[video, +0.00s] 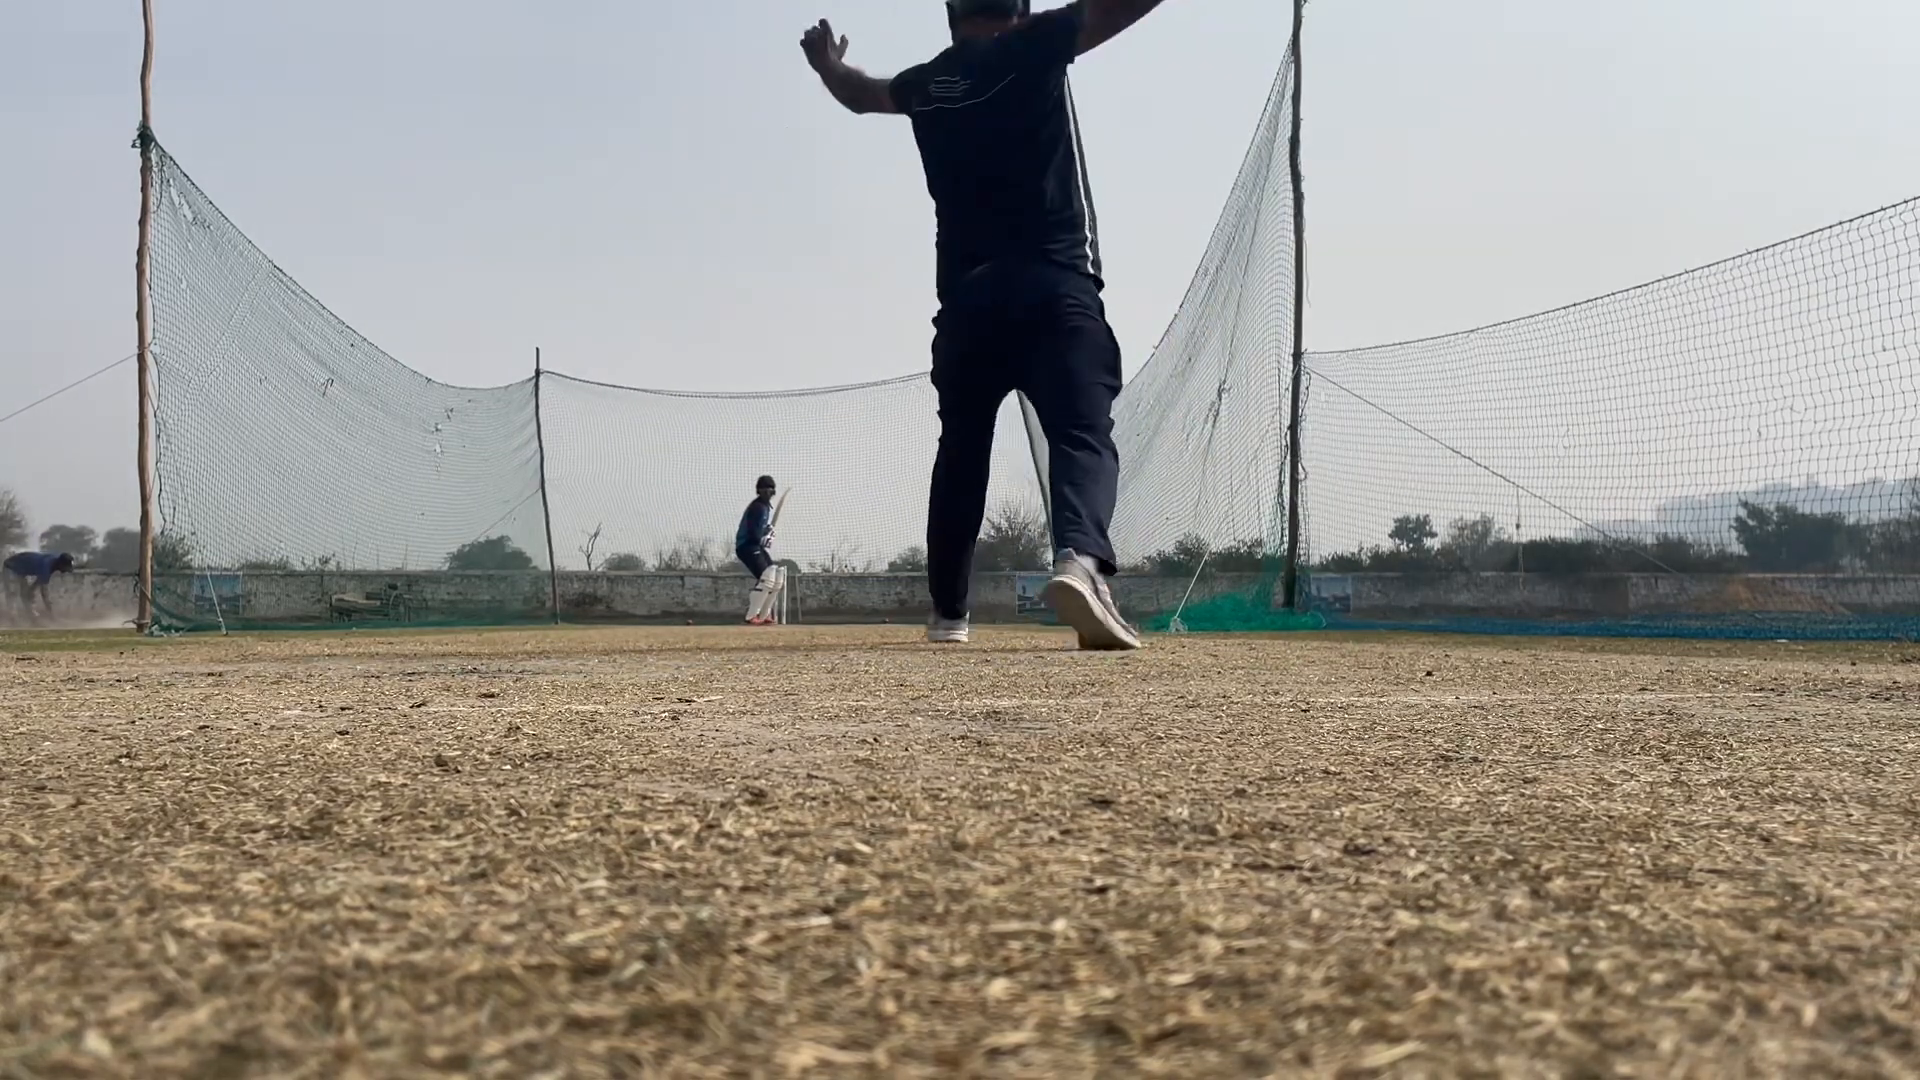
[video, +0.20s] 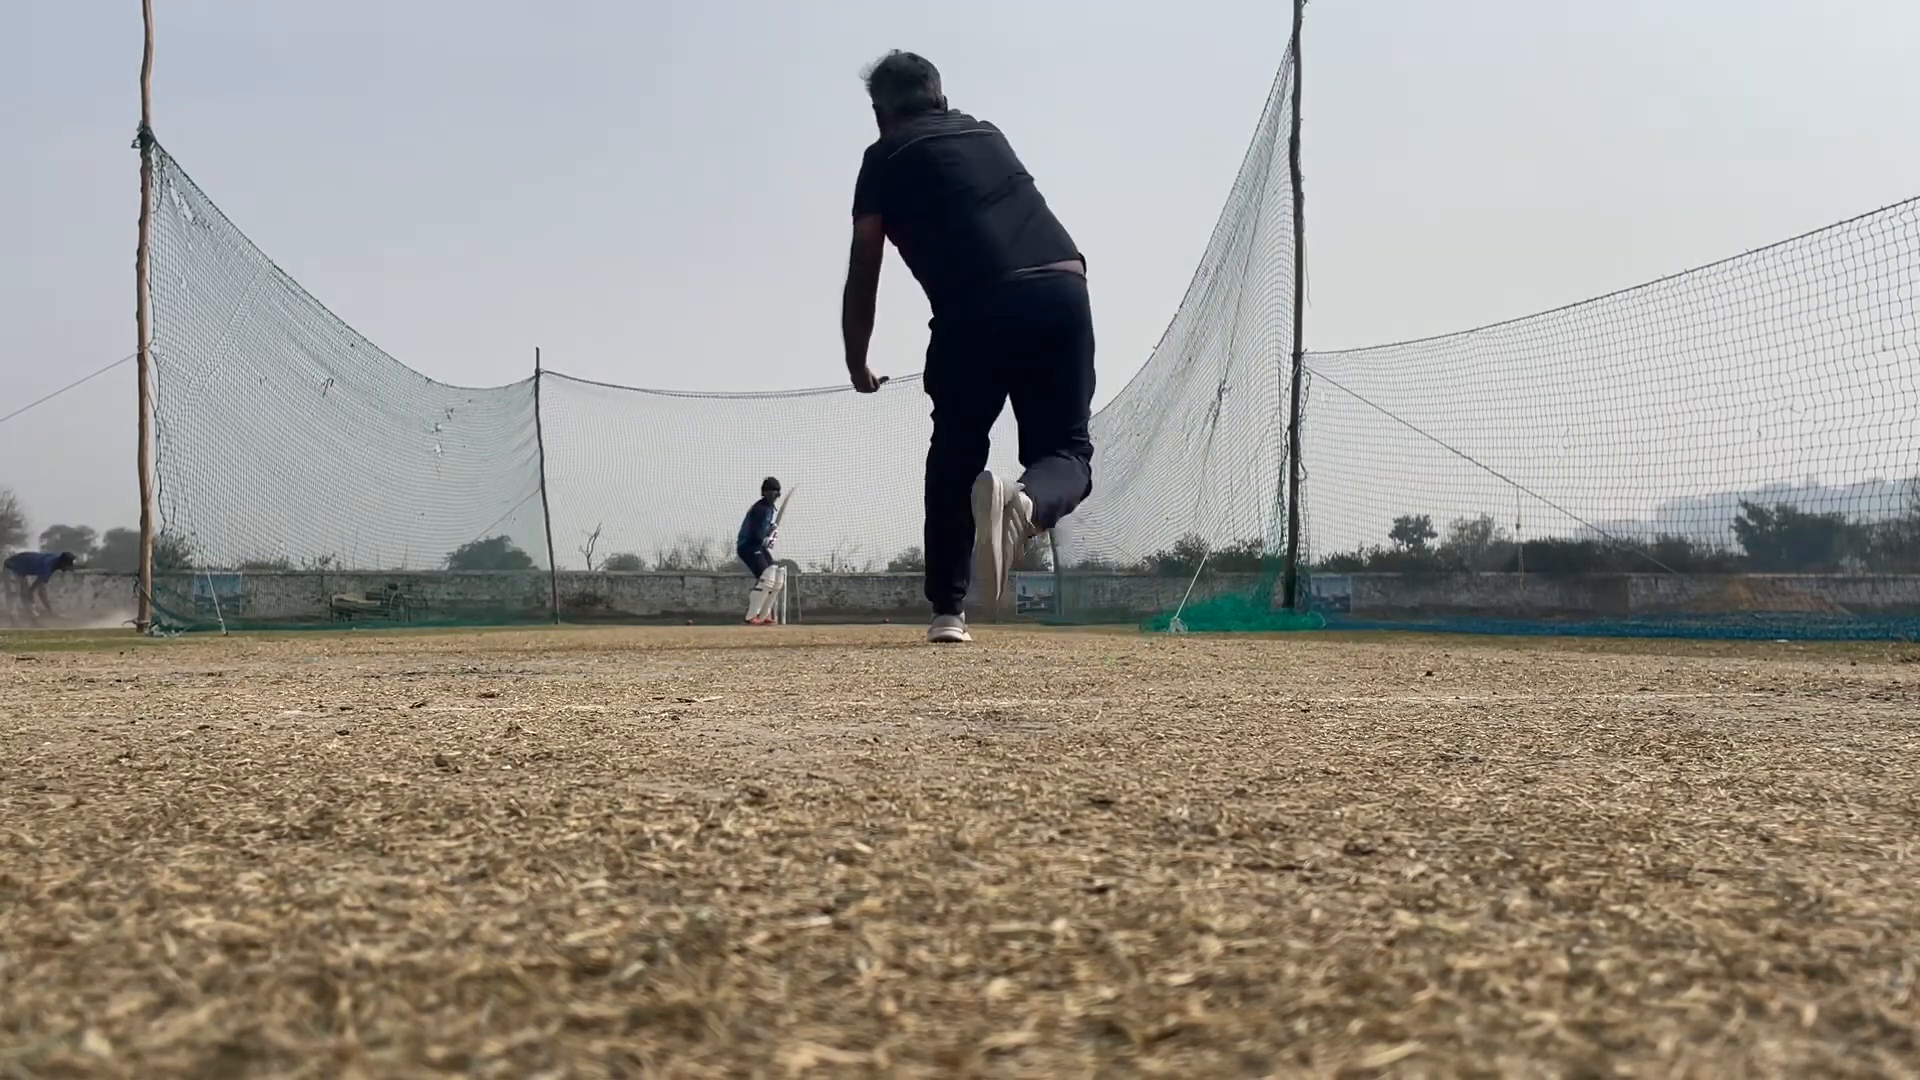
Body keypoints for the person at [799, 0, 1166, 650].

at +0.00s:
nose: (1023, 20)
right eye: (1021, 14)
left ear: (953, 20)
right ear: (1018, 16)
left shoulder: (921, 83)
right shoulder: (1039, 41)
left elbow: (864, 93)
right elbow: (1129, 4)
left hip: (969, 299)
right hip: (1057, 285)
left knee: (960, 453)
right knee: (1082, 433)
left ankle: (949, 618)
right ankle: (1078, 565)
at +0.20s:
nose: (877, 123)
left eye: (876, 114)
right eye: (877, 115)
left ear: (882, 112)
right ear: (943, 101)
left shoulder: (883, 158)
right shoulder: (985, 133)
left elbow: (865, 266)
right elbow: (1014, 215)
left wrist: (856, 359)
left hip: (975, 306)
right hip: (1061, 286)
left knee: (954, 455)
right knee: (1065, 449)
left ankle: (949, 614)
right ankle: (1026, 507)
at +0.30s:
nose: (857, 137)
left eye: (857, 127)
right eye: (855, 128)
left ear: (866, 120)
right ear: (914, 112)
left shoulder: (883, 132)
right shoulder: (957, 154)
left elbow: (900, 186)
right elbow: (955, 289)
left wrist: (887, 250)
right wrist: (912, 382)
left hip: (979, 287)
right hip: (1056, 267)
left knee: (959, 453)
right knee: (1092, 426)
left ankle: (949, 612)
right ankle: (1080, 447)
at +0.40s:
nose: (839, 165)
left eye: (841, 150)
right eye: (837, 153)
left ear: (864, 139)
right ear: (865, 148)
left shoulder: (892, 126)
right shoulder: (901, 213)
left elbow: (890, 34)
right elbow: (927, 296)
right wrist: (873, 310)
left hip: (988, 304)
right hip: (1057, 282)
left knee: (953, 464)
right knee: (1124, 421)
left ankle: (953, 613)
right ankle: (1218, 369)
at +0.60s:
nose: (857, 109)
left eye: (862, 96)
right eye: (863, 107)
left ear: (884, 88)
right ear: (918, 104)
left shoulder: (897, 96)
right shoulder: (922, 182)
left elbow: (798, 76)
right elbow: (899, 279)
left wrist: (748, 71)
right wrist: (809, 303)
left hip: (991, 295)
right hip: (1049, 281)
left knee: (954, 457)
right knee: (1133, 396)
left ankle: (964, 611)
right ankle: (1303, 373)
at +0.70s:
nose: (873, 87)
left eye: (876, 79)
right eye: (881, 79)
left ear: (883, 76)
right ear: (936, 82)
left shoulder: (878, 102)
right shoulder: (962, 127)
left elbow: (824, 194)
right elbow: (964, 261)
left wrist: (783, 255)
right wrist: (886, 322)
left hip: (984, 298)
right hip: (1048, 279)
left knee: (945, 458)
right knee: (1108, 403)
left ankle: (965, 611)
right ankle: (1258, 468)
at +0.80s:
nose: (882, 89)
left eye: (881, 80)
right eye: (886, 81)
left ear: (886, 77)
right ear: (943, 74)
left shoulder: (882, 117)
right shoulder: (981, 117)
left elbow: (870, 234)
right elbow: (995, 217)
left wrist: (855, 342)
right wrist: (952, 306)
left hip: (975, 301)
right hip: (1044, 285)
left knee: (939, 454)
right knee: (1090, 419)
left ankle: (965, 611)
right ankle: (1161, 563)